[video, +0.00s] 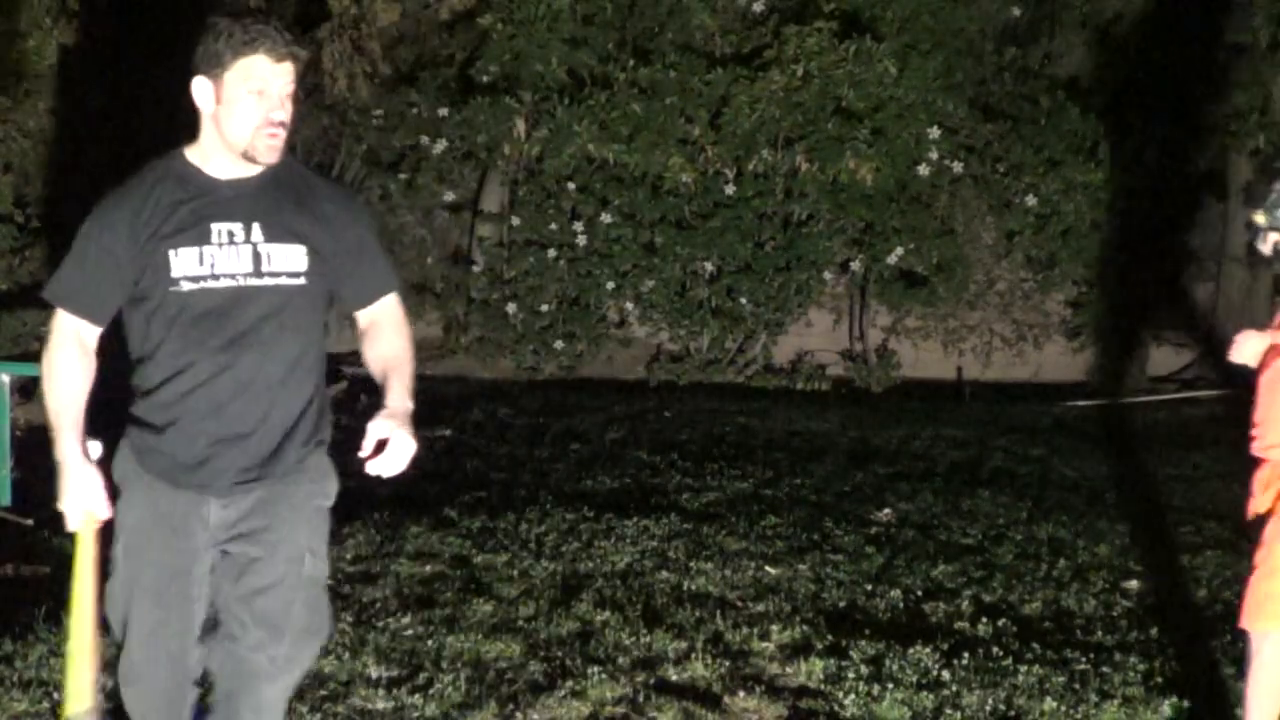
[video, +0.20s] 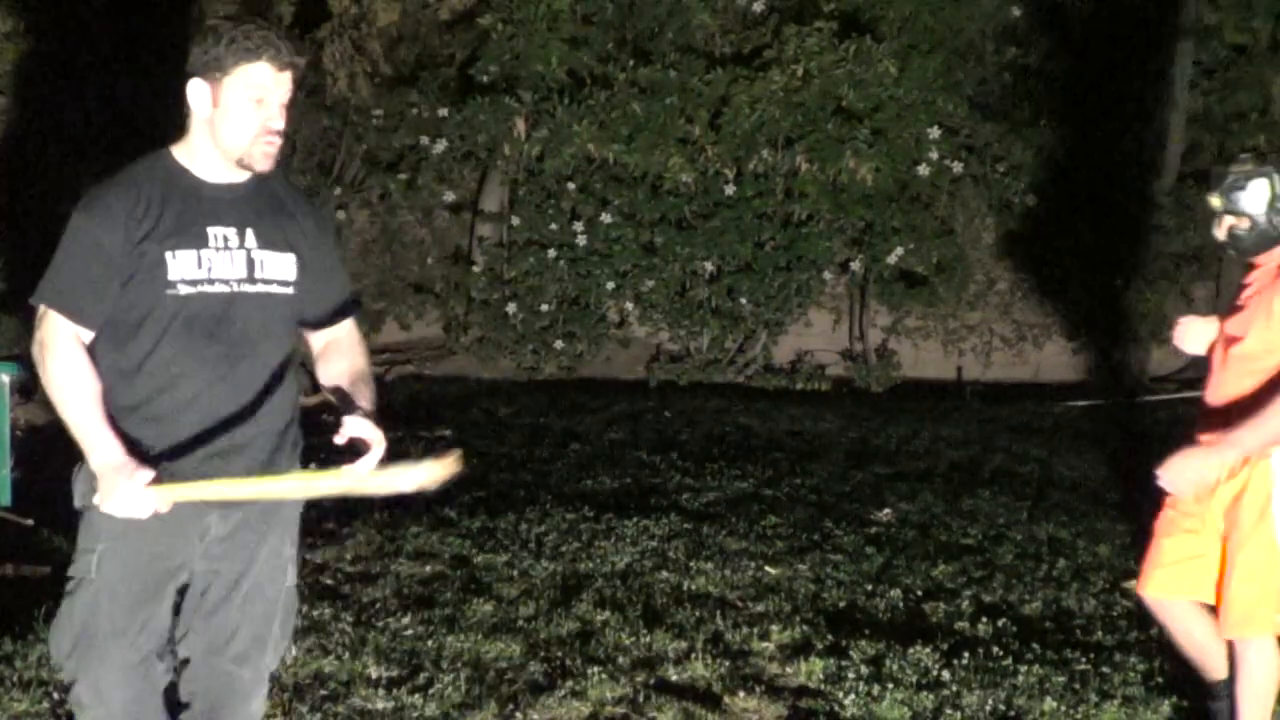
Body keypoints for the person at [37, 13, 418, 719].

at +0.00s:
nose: (280, 111)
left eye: (288, 94)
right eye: (259, 91)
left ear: (297, 99)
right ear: (206, 95)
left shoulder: (329, 211)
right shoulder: (136, 211)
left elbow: (381, 314)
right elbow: (71, 339)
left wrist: (398, 403)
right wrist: (71, 457)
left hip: (289, 487)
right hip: (163, 485)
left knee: (264, 681)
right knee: (156, 680)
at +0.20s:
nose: (278, 122)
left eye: (285, 104)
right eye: (260, 101)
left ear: (292, 106)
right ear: (201, 98)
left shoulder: (298, 216)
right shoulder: (121, 208)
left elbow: (335, 334)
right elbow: (57, 340)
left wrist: (358, 406)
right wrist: (109, 461)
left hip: (262, 499)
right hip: (139, 494)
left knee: (233, 692)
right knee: (111, 689)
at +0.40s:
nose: (282, 119)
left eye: (285, 100)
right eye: (267, 96)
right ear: (205, 91)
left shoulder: (269, 212)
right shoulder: (118, 200)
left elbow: (307, 328)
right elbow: (45, 333)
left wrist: (366, 371)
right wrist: (153, 435)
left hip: (252, 497)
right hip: (147, 498)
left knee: (232, 699)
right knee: (154, 695)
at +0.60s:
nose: (276, 115)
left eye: (274, 95)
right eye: (264, 95)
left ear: (216, 97)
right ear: (204, 94)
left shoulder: (235, 207)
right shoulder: (110, 208)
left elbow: (294, 315)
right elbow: (78, 360)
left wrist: (399, 318)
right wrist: (219, 465)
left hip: (240, 501)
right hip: (145, 508)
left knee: (244, 701)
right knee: (164, 704)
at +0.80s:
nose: (273, 111)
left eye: (271, 89)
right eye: (262, 87)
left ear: (209, 92)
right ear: (203, 90)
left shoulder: (223, 201)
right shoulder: (112, 215)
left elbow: (302, 280)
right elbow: (99, 372)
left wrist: (434, 302)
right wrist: (227, 479)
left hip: (233, 472)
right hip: (144, 484)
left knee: (304, 632)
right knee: (155, 695)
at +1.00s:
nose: (294, 111)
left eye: (292, 89)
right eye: (282, 88)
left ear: (231, 95)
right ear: (225, 93)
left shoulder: (249, 204)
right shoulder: (140, 215)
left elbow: (334, 268)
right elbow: (103, 361)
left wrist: (475, 276)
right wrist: (214, 489)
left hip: (266, 495)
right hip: (173, 508)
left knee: (324, 670)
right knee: (162, 703)